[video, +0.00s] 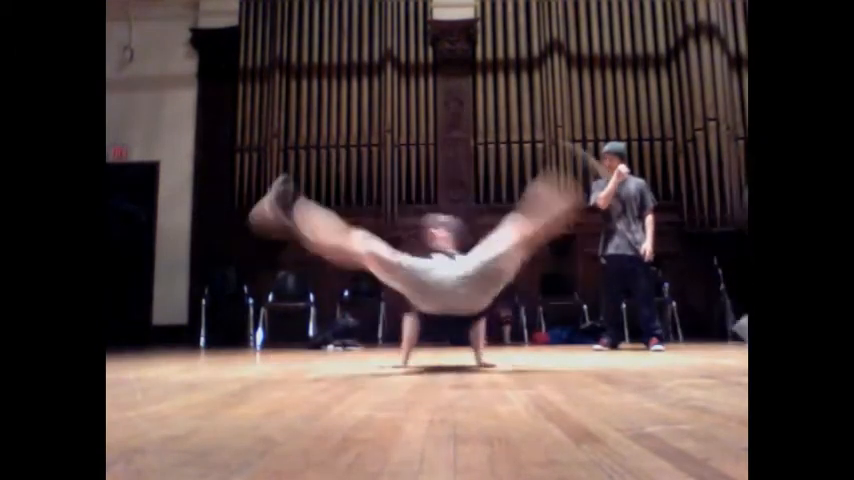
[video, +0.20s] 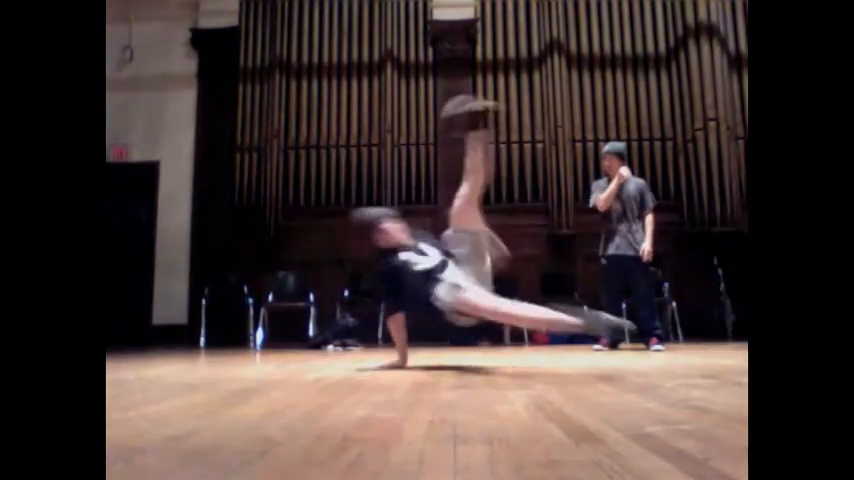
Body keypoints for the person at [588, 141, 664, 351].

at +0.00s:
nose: (606, 164)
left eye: (609, 159)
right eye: (604, 160)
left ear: (621, 160)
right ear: (604, 162)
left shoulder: (638, 184)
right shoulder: (600, 185)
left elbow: (648, 213)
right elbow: (601, 203)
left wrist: (648, 242)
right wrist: (616, 179)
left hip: (636, 248)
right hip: (612, 249)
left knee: (644, 296)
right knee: (611, 297)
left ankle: (653, 336)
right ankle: (610, 336)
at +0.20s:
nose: (606, 165)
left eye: (610, 160)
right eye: (604, 160)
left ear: (621, 161)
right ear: (602, 163)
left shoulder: (638, 184)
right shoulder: (600, 185)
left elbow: (648, 213)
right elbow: (601, 205)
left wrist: (648, 242)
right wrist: (617, 180)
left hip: (636, 248)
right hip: (611, 249)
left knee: (643, 296)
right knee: (611, 297)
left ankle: (652, 336)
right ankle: (609, 336)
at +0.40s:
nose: (607, 165)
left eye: (611, 160)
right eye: (604, 161)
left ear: (622, 162)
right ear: (602, 164)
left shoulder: (638, 185)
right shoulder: (598, 188)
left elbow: (648, 213)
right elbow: (590, 218)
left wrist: (647, 242)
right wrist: (610, 203)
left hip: (635, 247)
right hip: (610, 249)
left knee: (643, 294)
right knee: (611, 296)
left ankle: (653, 336)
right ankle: (612, 337)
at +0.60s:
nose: (611, 161)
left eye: (615, 157)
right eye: (608, 157)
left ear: (624, 159)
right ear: (605, 161)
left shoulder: (639, 184)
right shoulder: (599, 188)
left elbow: (652, 209)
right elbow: (592, 215)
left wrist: (646, 240)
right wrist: (602, 238)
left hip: (635, 250)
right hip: (611, 251)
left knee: (644, 296)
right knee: (610, 298)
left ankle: (653, 336)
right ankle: (609, 337)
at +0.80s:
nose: (612, 160)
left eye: (617, 156)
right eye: (609, 157)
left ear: (625, 159)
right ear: (606, 161)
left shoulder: (638, 184)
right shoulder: (599, 187)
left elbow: (651, 209)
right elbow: (593, 217)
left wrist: (643, 240)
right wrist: (595, 244)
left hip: (631, 250)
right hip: (607, 251)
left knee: (642, 294)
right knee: (608, 295)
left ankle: (653, 336)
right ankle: (609, 337)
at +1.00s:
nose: (612, 160)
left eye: (616, 156)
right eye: (609, 156)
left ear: (625, 159)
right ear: (606, 160)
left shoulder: (639, 183)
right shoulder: (599, 187)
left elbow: (650, 209)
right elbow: (594, 217)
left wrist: (641, 238)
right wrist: (597, 245)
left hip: (635, 253)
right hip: (610, 254)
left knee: (645, 298)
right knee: (609, 300)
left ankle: (653, 336)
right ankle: (609, 337)